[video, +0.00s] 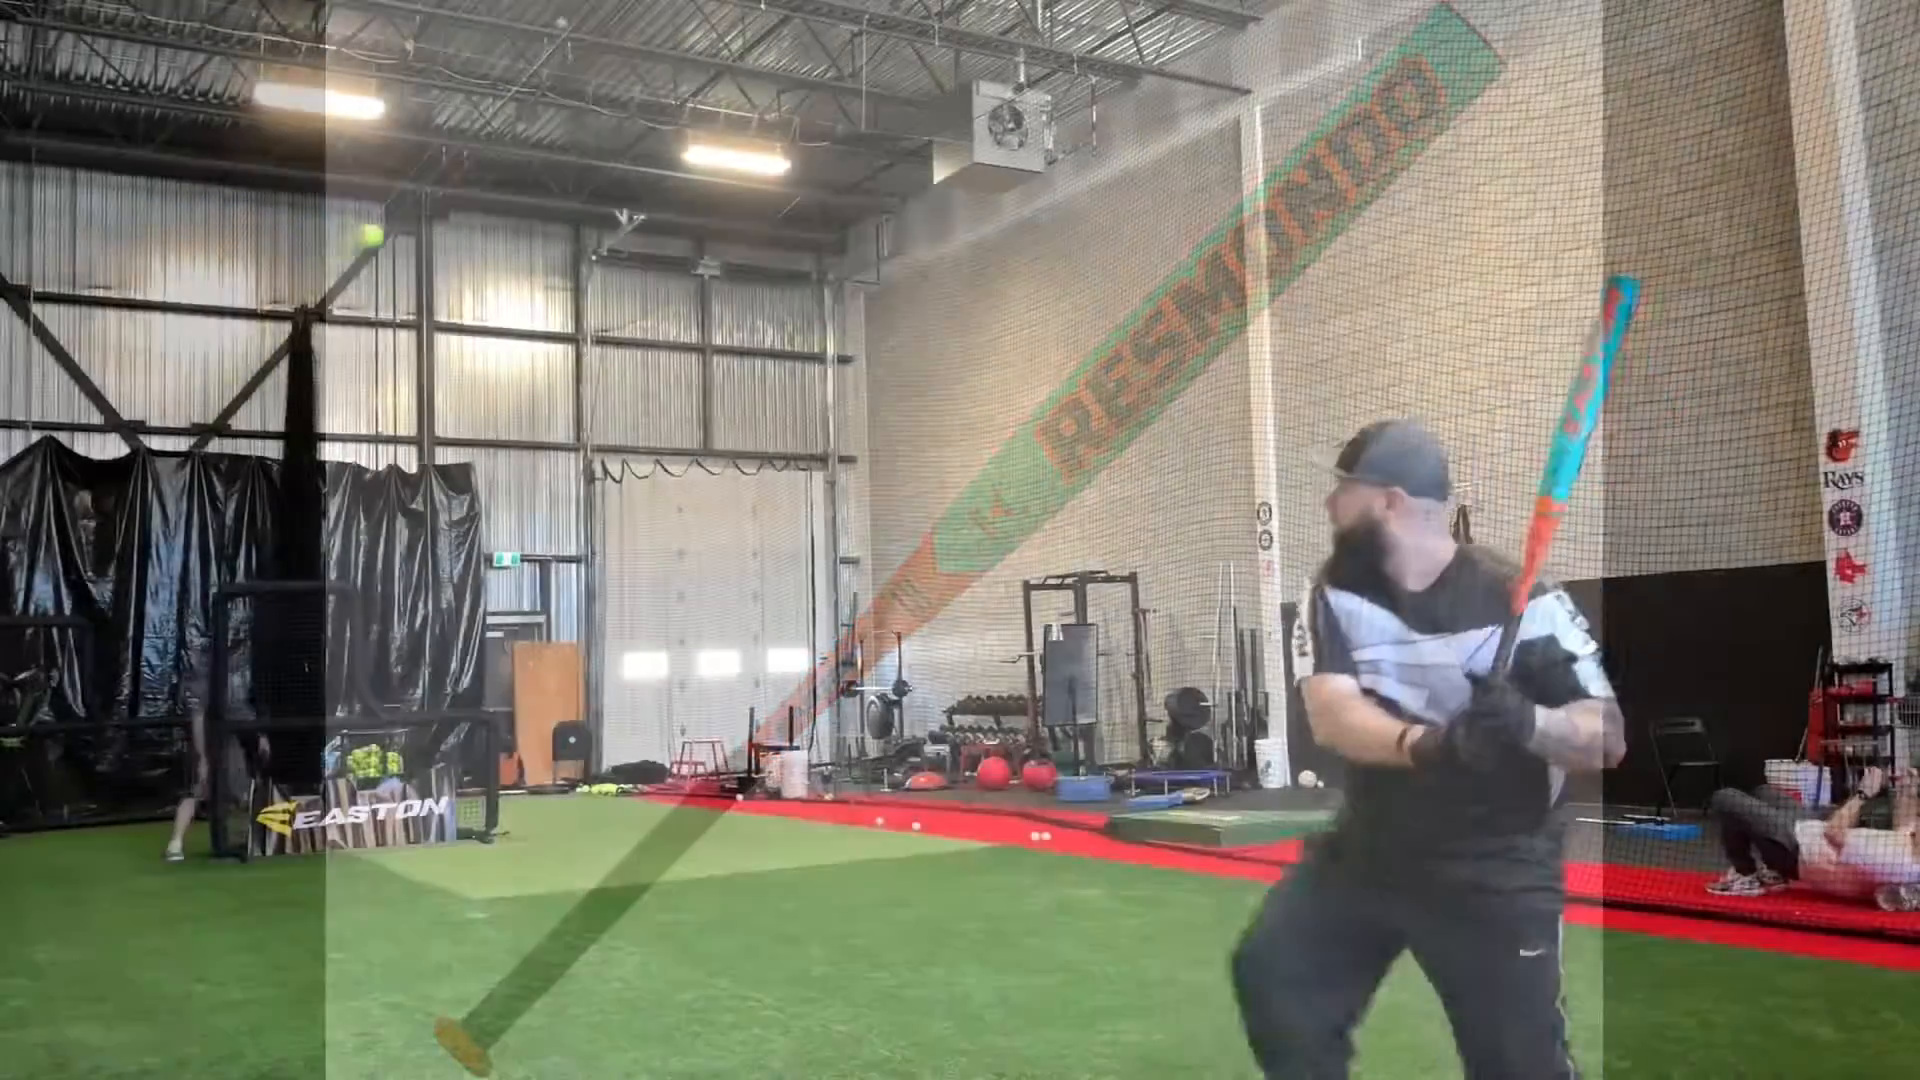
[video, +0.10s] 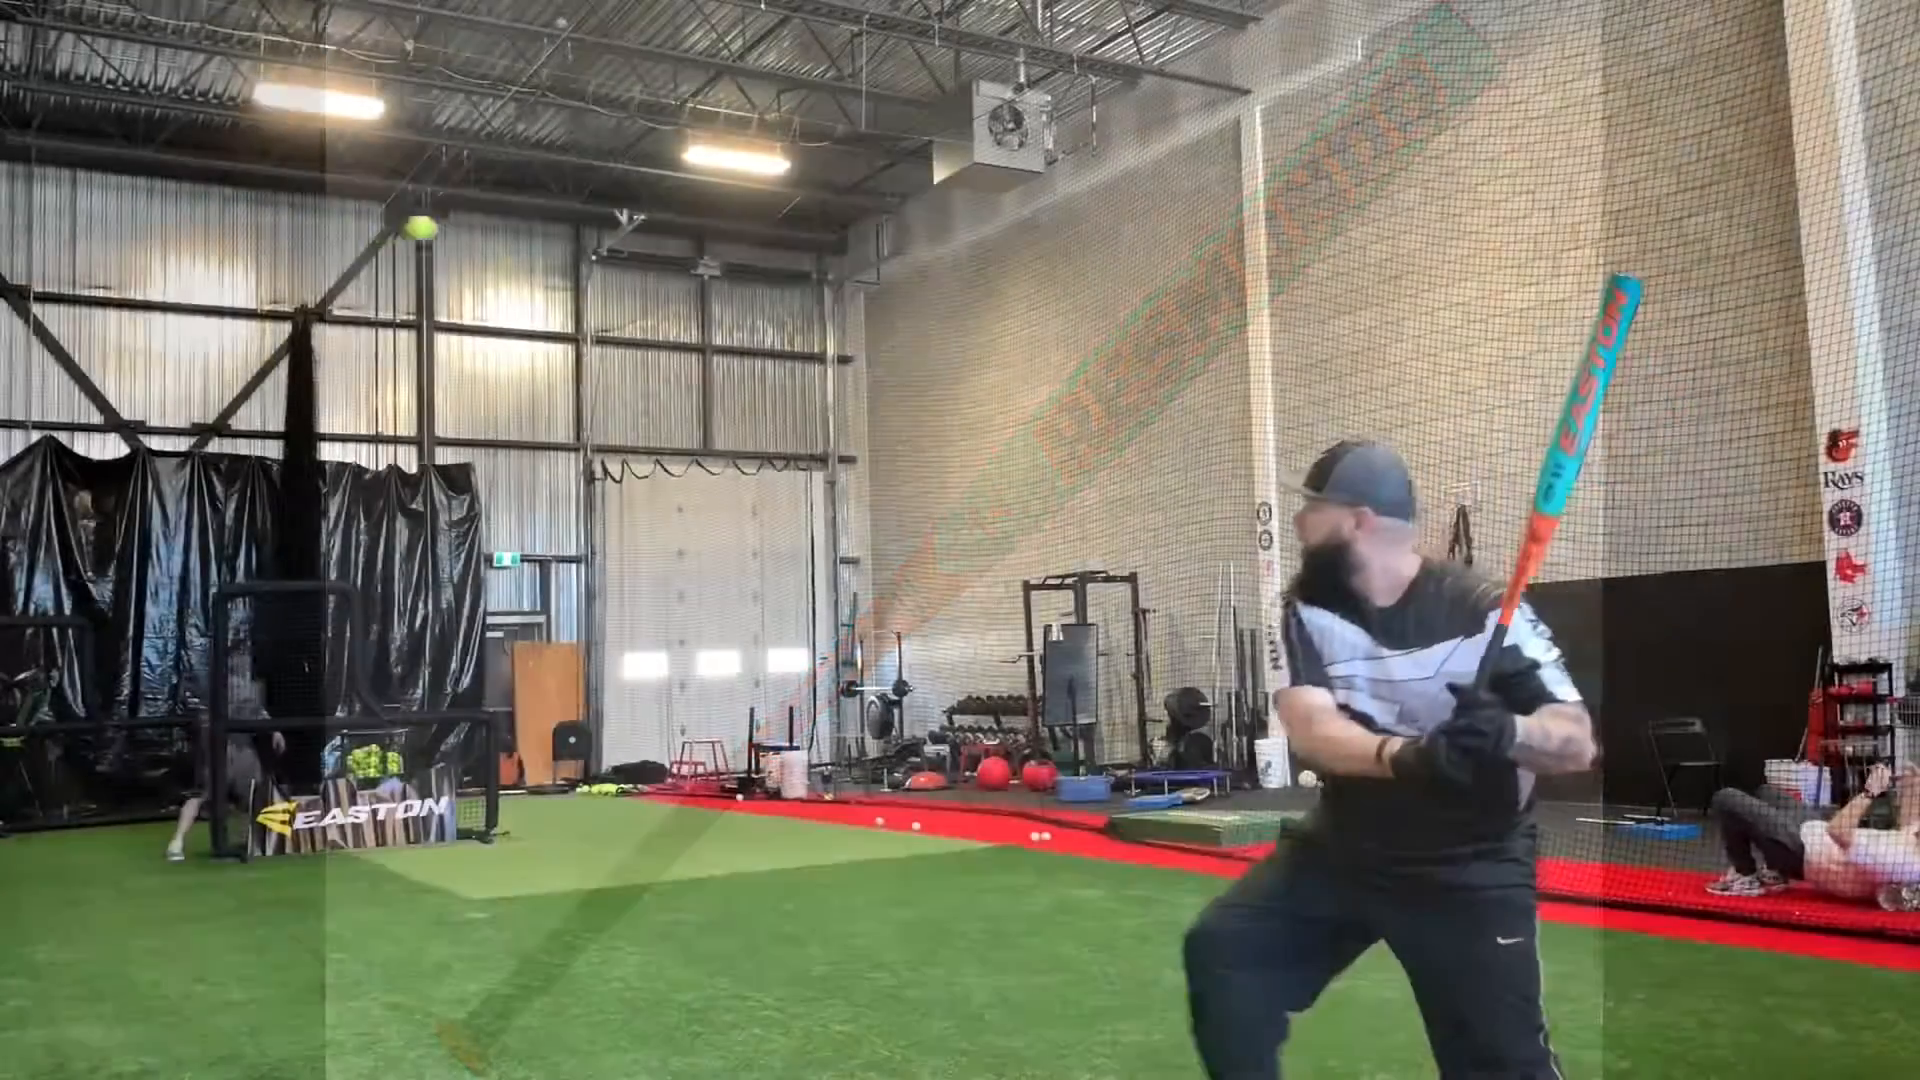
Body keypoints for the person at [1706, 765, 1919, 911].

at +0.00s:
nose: (1917, 825)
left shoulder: (1898, 864)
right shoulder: (1910, 847)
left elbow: (1834, 832)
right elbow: (1906, 828)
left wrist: (1862, 795)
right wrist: (1908, 795)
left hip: (1801, 850)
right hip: (1818, 827)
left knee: (1725, 800)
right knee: (1763, 793)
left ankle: (1744, 875)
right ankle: (1775, 871)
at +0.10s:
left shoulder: (1904, 863)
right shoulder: (1911, 841)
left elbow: (1838, 831)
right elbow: (1909, 826)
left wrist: (1868, 794)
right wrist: (1910, 790)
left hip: (1806, 851)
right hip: (1822, 827)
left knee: (1725, 800)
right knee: (1765, 793)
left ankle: (1745, 875)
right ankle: (1777, 870)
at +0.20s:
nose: (1909, 792)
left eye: (1913, 788)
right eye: (1910, 787)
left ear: (1918, 800)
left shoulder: (1907, 859)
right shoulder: (1910, 834)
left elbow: (1847, 830)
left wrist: (1876, 790)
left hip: (1816, 855)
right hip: (1828, 830)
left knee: (1736, 799)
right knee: (1774, 799)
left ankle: (1744, 876)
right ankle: (1775, 872)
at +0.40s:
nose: (1916, 793)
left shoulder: (1909, 859)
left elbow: (1854, 824)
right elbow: (1909, 821)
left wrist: (1885, 784)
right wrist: (1912, 779)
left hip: (1827, 860)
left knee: (1744, 800)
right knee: (1788, 796)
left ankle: (1745, 876)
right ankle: (1775, 872)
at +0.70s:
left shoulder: (1912, 852)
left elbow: (1876, 820)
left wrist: (1903, 783)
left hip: (1846, 870)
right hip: (1863, 845)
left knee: (1767, 807)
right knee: (1807, 800)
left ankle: (1746, 877)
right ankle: (1778, 869)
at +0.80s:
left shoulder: (1914, 849)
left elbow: (1883, 821)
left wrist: (1904, 786)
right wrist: (1906, 787)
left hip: (1851, 870)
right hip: (1867, 848)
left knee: (1768, 808)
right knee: (1814, 803)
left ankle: (1746, 876)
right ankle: (1779, 870)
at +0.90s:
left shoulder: (1917, 845)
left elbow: (1890, 820)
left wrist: (1910, 790)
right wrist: (1910, 790)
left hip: (1860, 871)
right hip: (1874, 849)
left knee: (1779, 810)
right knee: (1819, 805)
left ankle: (1747, 875)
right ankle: (1780, 870)